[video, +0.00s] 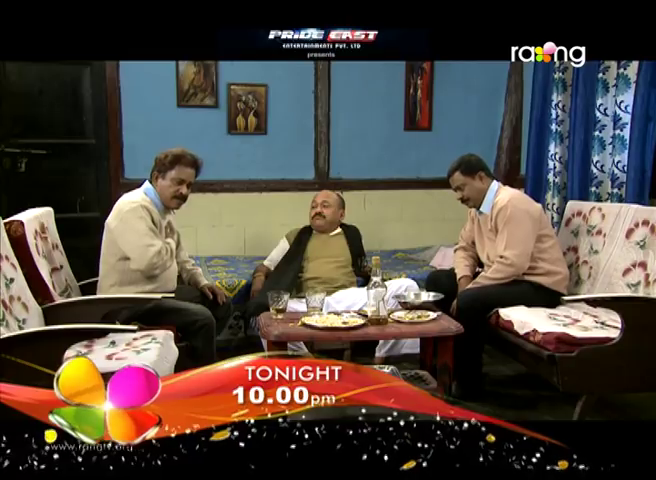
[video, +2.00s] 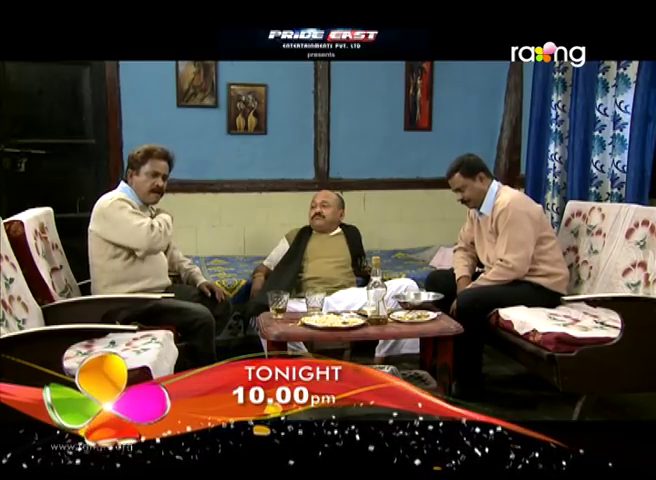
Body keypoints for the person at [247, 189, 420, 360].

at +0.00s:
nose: (317, 210)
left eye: (325, 206)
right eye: (314, 206)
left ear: (341, 213)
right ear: (309, 211)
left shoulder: (351, 233)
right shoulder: (297, 236)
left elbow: (361, 269)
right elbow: (264, 269)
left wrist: (378, 280)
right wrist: (256, 301)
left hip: (350, 297)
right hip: (309, 300)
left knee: (406, 285)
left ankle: (381, 362)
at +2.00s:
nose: (317, 211)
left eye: (325, 206)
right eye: (313, 206)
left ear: (340, 213)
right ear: (308, 211)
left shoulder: (351, 233)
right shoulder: (297, 236)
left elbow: (361, 269)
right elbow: (265, 268)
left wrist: (379, 281)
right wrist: (256, 299)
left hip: (350, 298)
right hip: (308, 300)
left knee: (406, 285)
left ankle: (382, 363)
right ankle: (305, 363)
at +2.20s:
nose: (316, 211)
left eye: (324, 207)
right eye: (313, 207)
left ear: (340, 214)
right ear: (308, 212)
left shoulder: (351, 233)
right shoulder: (297, 236)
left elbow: (361, 269)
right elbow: (265, 268)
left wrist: (379, 281)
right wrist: (255, 301)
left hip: (350, 297)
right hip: (309, 300)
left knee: (406, 286)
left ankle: (382, 362)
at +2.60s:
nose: (336, 213)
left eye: (337, 208)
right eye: (328, 209)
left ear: (341, 209)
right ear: (309, 214)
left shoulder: (349, 233)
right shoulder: (295, 236)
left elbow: (362, 268)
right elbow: (263, 270)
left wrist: (377, 281)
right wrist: (259, 297)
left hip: (351, 297)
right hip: (311, 300)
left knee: (406, 286)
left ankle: (384, 366)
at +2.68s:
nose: (336, 213)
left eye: (337, 207)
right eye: (328, 209)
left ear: (340, 209)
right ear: (309, 214)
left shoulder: (348, 233)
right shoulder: (294, 236)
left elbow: (362, 267)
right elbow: (263, 270)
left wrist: (377, 280)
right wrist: (259, 305)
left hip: (352, 296)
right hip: (312, 299)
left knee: (407, 286)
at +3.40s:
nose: (330, 212)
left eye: (333, 207)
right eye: (323, 207)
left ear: (337, 209)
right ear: (306, 213)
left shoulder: (345, 233)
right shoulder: (291, 236)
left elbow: (361, 268)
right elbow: (266, 268)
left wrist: (396, 269)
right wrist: (239, 275)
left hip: (351, 298)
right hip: (310, 300)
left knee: (406, 287)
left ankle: (368, 366)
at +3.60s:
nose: (314, 212)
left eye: (321, 208)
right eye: (309, 207)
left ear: (335, 214)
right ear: (302, 210)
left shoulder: (345, 233)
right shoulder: (290, 236)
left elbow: (360, 268)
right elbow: (266, 268)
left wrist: (395, 269)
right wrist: (240, 274)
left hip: (350, 299)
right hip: (307, 301)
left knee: (405, 286)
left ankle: (370, 365)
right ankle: (310, 368)